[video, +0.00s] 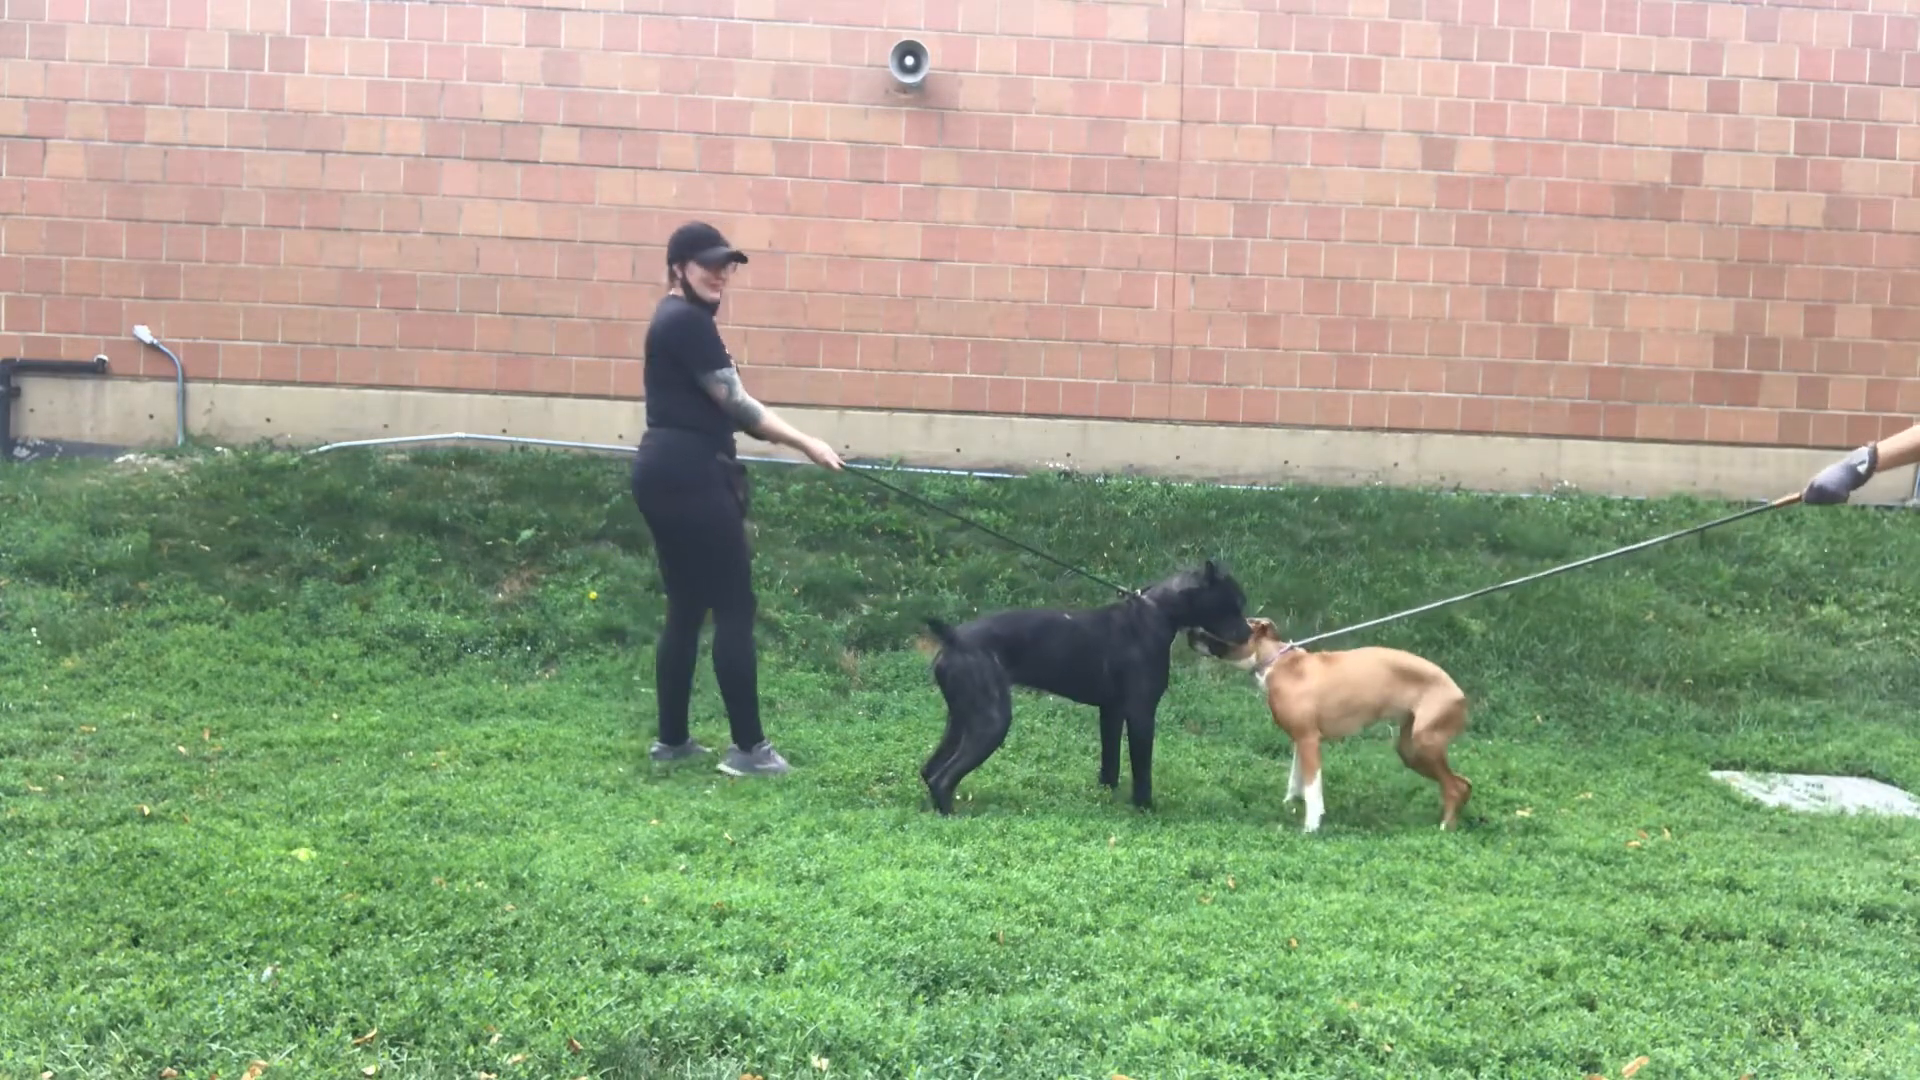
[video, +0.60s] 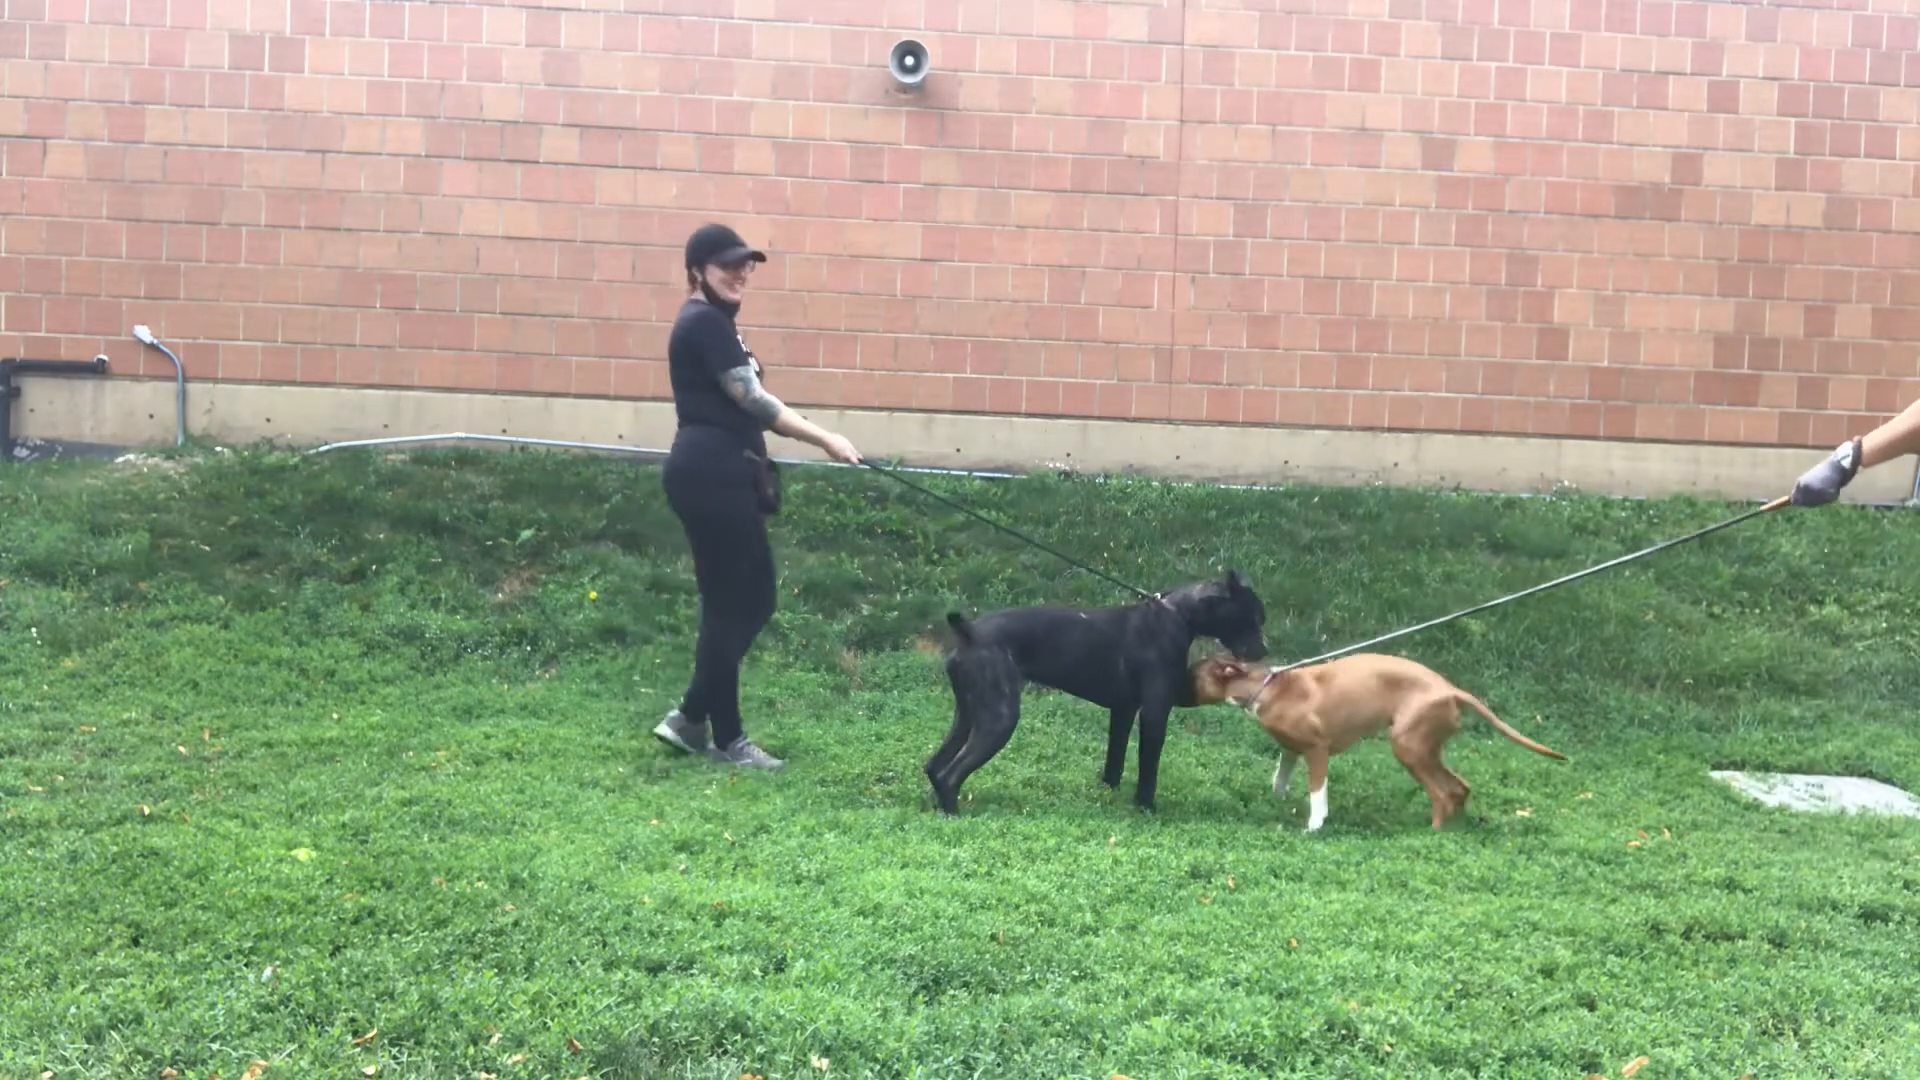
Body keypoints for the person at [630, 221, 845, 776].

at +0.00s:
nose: (722, 274)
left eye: (725, 265)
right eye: (711, 264)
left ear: (721, 269)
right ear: (681, 268)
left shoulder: (673, 316)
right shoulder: (689, 320)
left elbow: (719, 402)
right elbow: (737, 405)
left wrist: (772, 430)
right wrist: (806, 442)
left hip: (665, 466)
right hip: (691, 470)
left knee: (685, 606)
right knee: (735, 607)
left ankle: (672, 741)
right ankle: (749, 748)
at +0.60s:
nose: (742, 275)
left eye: (745, 266)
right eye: (730, 265)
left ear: (744, 270)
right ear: (700, 271)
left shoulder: (706, 319)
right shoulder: (706, 322)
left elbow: (738, 402)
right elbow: (754, 401)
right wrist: (825, 438)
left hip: (708, 467)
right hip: (713, 470)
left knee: (732, 599)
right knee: (745, 601)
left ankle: (691, 720)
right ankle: (723, 741)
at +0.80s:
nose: (763, 281)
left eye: (766, 272)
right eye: (754, 270)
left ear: (737, 274)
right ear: (721, 271)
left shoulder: (726, 319)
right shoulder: (716, 322)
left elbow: (752, 400)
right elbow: (761, 401)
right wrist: (832, 438)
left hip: (742, 470)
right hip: (720, 473)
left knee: (791, 587)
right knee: (726, 606)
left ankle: (760, 709)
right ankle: (726, 741)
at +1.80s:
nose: (811, 289)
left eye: (815, 281)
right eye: (802, 280)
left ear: (817, 285)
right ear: (772, 281)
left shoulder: (809, 345)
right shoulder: (754, 338)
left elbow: (811, 421)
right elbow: (800, 405)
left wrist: (825, 481)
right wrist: (870, 439)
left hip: (804, 484)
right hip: (755, 480)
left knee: (794, 606)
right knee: (752, 602)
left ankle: (798, 724)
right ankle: (717, 730)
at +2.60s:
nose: (838, 296)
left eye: (843, 287)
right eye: (828, 287)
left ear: (848, 289)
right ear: (802, 287)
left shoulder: (843, 348)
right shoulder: (784, 339)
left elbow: (845, 412)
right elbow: (810, 408)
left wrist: (873, 430)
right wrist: (878, 444)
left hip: (829, 478)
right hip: (786, 473)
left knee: (812, 591)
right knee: (832, 580)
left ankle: (800, 716)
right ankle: (779, 706)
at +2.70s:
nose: (844, 296)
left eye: (849, 287)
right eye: (834, 287)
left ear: (854, 288)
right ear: (808, 287)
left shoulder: (849, 347)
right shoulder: (792, 338)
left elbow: (851, 411)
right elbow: (816, 408)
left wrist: (878, 427)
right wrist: (883, 443)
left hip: (830, 479)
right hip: (792, 474)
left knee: (813, 597)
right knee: (853, 578)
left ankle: (799, 718)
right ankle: (824, 708)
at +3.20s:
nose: (900, 302)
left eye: (905, 294)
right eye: (890, 295)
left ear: (909, 295)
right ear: (865, 298)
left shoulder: (892, 346)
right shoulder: (859, 348)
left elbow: (909, 414)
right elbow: (875, 424)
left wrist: (935, 440)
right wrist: (946, 458)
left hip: (880, 480)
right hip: (867, 483)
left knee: (863, 609)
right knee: (897, 603)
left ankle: (805, 716)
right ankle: (904, 725)